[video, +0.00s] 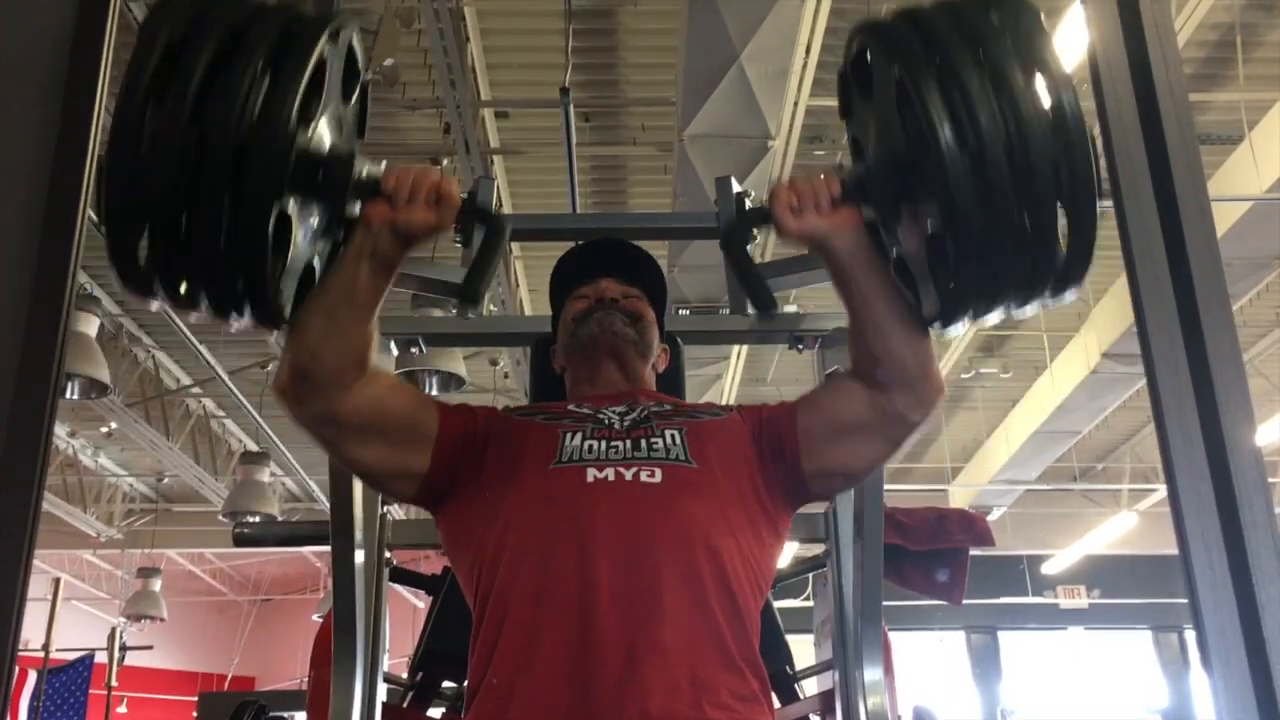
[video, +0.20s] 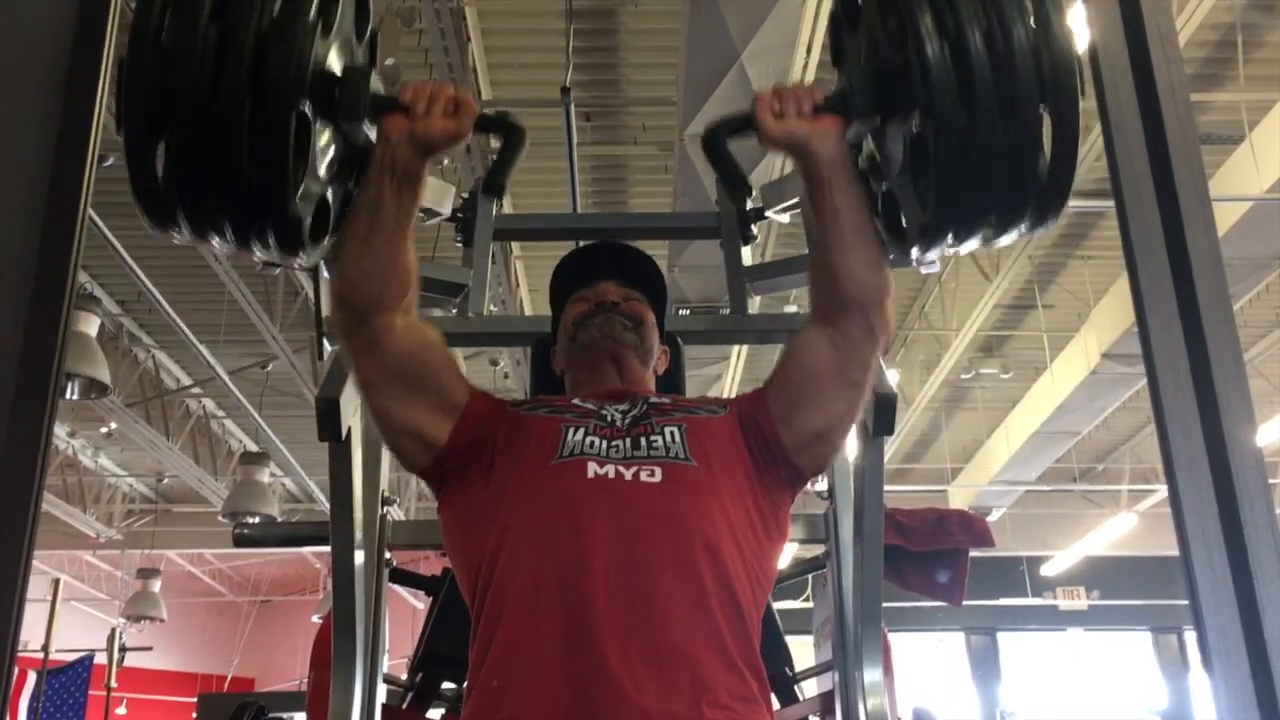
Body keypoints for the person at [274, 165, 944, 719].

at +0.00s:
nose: (605, 301)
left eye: (632, 303)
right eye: (580, 302)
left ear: (664, 356)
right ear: (553, 357)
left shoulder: (749, 442)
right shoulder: (484, 447)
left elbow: (904, 390)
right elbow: (317, 387)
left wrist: (845, 240)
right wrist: (379, 243)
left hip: (720, 699)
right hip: (527, 699)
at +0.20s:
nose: (607, 309)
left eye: (631, 309)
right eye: (584, 306)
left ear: (665, 358)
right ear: (551, 355)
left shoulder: (751, 442)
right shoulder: (481, 442)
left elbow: (854, 318)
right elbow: (372, 314)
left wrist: (824, 152)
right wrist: (401, 156)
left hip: (721, 707)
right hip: (514, 707)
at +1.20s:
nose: (610, 297)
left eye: (635, 298)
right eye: (585, 298)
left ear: (667, 353)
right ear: (554, 356)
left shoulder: (742, 452)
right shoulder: (487, 460)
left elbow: (925, 501)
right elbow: (291, 511)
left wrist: (877, 370)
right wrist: (349, 367)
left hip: (725, 703)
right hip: (526, 705)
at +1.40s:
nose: (614, 297)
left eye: (638, 299)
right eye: (589, 298)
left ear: (669, 355)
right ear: (556, 355)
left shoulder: (746, 456)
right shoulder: (487, 461)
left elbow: (922, 520)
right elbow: (298, 535)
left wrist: (877, 398)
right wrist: (345, 398)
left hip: (726, 706)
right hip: (528, 708)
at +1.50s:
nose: (615, 296)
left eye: (638, 297)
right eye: (590, 297)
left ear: (670, 357)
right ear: (556, 356)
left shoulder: (746, 455)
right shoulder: (486, 463)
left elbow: (920, 518)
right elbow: (301, 541)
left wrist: (879, 404)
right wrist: (343, 409)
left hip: (727, 707)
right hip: (528, 708)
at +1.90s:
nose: (615, 306)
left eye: (638, 309)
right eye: (589, 308)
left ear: (669, 363)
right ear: (555, 363)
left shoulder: (744, 455)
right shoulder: (490, 461)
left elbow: (921, 478)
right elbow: (297, 482)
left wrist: (876, 363)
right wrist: (354, 347)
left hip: (725, 703)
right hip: (525, 704)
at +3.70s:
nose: (618, 302)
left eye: (639, 302)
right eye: (592, 303)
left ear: (671, 358)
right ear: (558, 359)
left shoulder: (750, 462)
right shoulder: (489, 469)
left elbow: (915, 564)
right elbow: (304, 569)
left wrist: (892, 428)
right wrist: (333, 435)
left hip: (722, 704)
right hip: (527, 704)